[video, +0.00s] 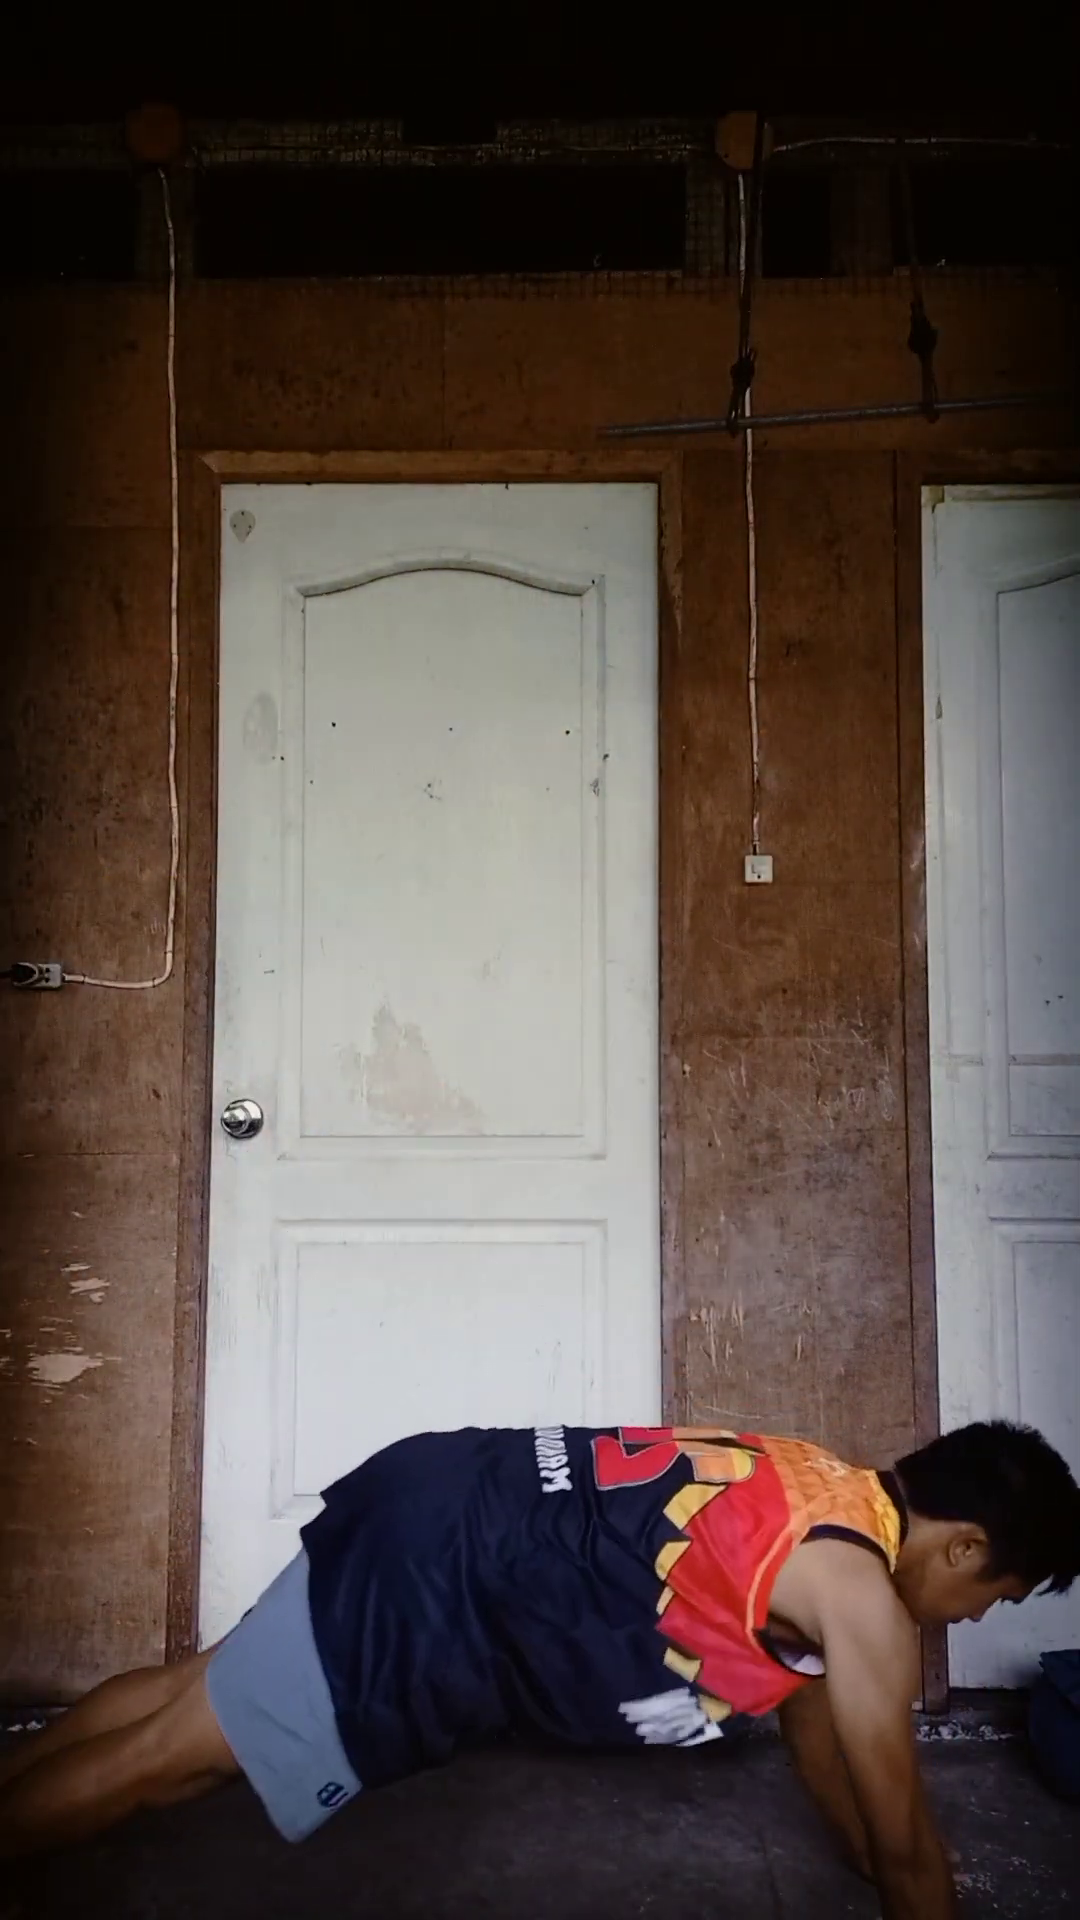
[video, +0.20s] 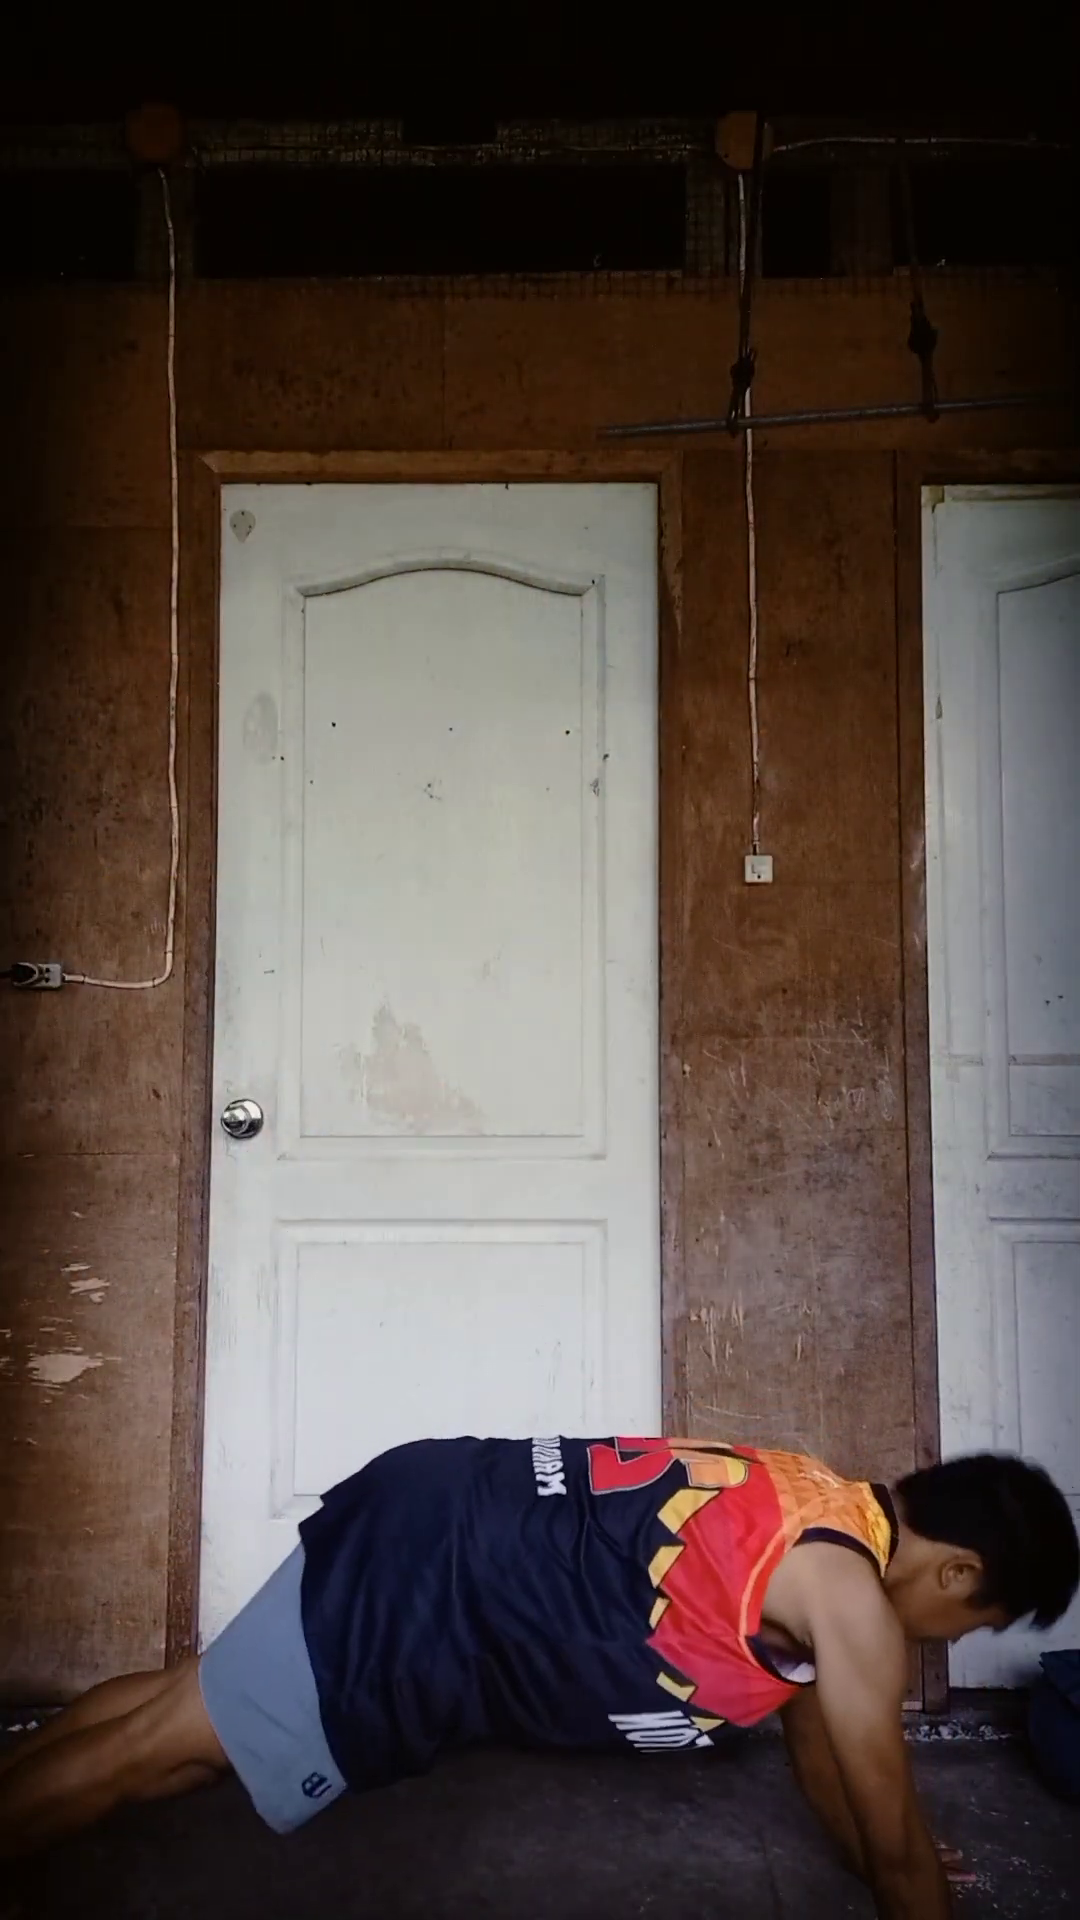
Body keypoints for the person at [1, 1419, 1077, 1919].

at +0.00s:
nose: (984, 1613)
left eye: (1005, 1596)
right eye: (1000, 1589)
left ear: (938, 1490)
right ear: (965, 1542)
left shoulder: (824, 1481)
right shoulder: (862, 1606)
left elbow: (816, 1736)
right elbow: (902, 1843)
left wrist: (888, 1870)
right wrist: (945, 1916)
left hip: (437, 1491)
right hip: (440, 1581)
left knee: (183, 1690)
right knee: (159, 1760)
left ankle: (8, 1782)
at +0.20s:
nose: (961, 1637)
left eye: (983, 1621)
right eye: (980, 1615)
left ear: (929, 1504)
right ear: (955, 1567)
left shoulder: (817, 1488)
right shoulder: (847, 1609)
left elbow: (817, 1738)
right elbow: (884, 1825)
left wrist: (896, 1856)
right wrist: (925, 1888)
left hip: (429, 1499)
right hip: (429, 1591)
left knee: (172, 1690)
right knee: (145, 1753)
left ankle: (15, 1774)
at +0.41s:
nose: (890, 1691)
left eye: (912, 1688)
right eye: (920, 1676)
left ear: (937, 1576)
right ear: (936, 1622)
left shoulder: (824, 1493)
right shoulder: (835, 1604)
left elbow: (835, 1747)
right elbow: (887, 1851)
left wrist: (901, 1852)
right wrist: (929, 1903)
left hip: (433, 1487)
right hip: (435, 1573)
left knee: (172, 1682)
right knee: (145, 1756)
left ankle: (12, 1772)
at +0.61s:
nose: (869, 1696)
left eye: (889, 1692)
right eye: (895, 1682)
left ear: (906, 1589)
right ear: (901, 1626)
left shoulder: (812, 1510)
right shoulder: (814, 1608)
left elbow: (823, 1713)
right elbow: (873, 1851)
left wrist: (889, 1839)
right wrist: (920, 1910)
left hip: (417, 1478)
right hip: (404, 1545)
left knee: (158, 1681)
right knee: (136, 1731)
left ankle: (16, 1759)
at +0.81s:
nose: (880, 1688)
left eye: (902, 1685)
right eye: (907, 1676)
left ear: (913, 1569)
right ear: (909, 1614)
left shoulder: (794, 1489)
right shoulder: (808, 1610)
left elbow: (811, 1709)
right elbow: (869, 1844)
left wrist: (882, 1833)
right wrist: (916, 1900)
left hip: (404, 1488)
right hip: (403, 1577)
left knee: (164, 1685)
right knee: (114, 1772)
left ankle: (1, 1766)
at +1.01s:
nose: (921, 1648)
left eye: (943, 1636)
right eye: (943, 1627)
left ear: (901, 1513)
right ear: (925, 1571)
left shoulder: (792, 1483)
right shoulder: (824, 1606)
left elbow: (808, 1720)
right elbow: (869, 1831)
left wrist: (882, 1836)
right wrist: (913, 1890)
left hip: (405, 1500)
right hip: (405, 1572)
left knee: (145, 1713)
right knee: (120, 1758)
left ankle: (35, 1763)